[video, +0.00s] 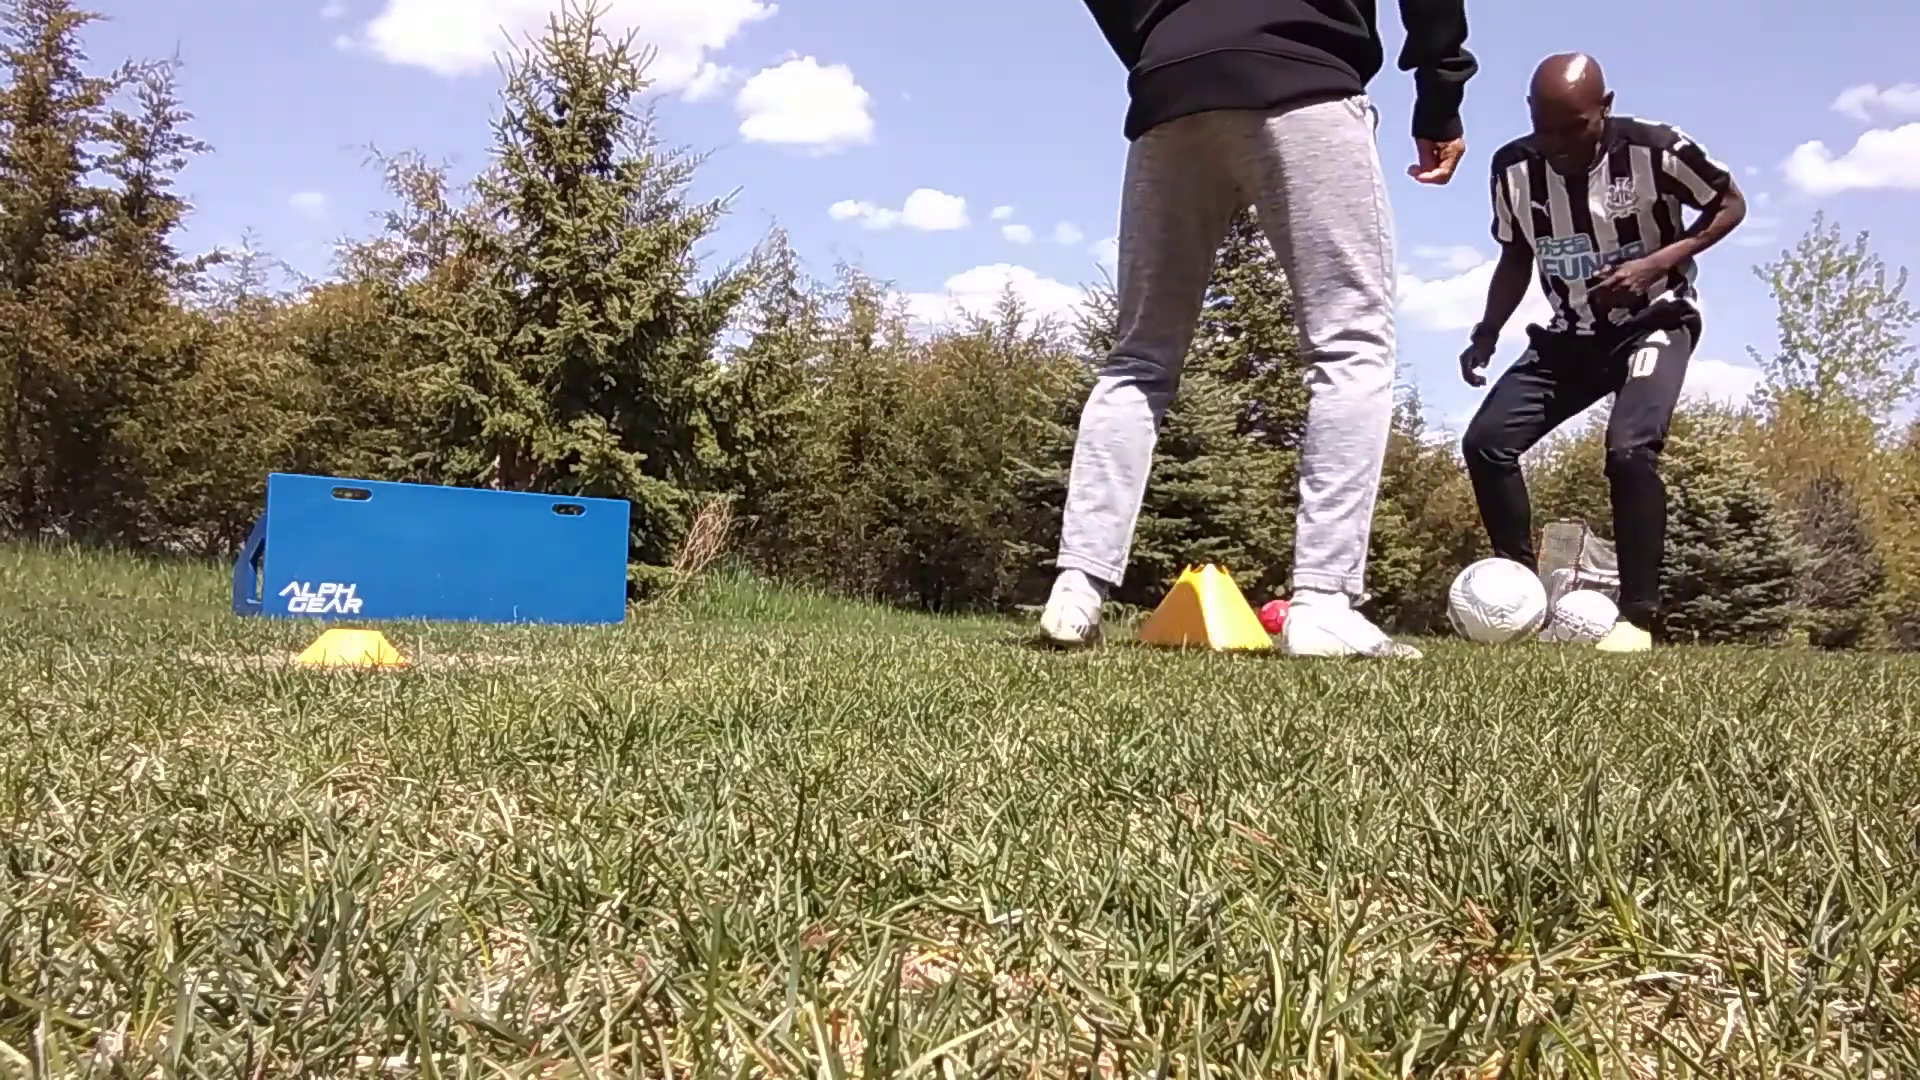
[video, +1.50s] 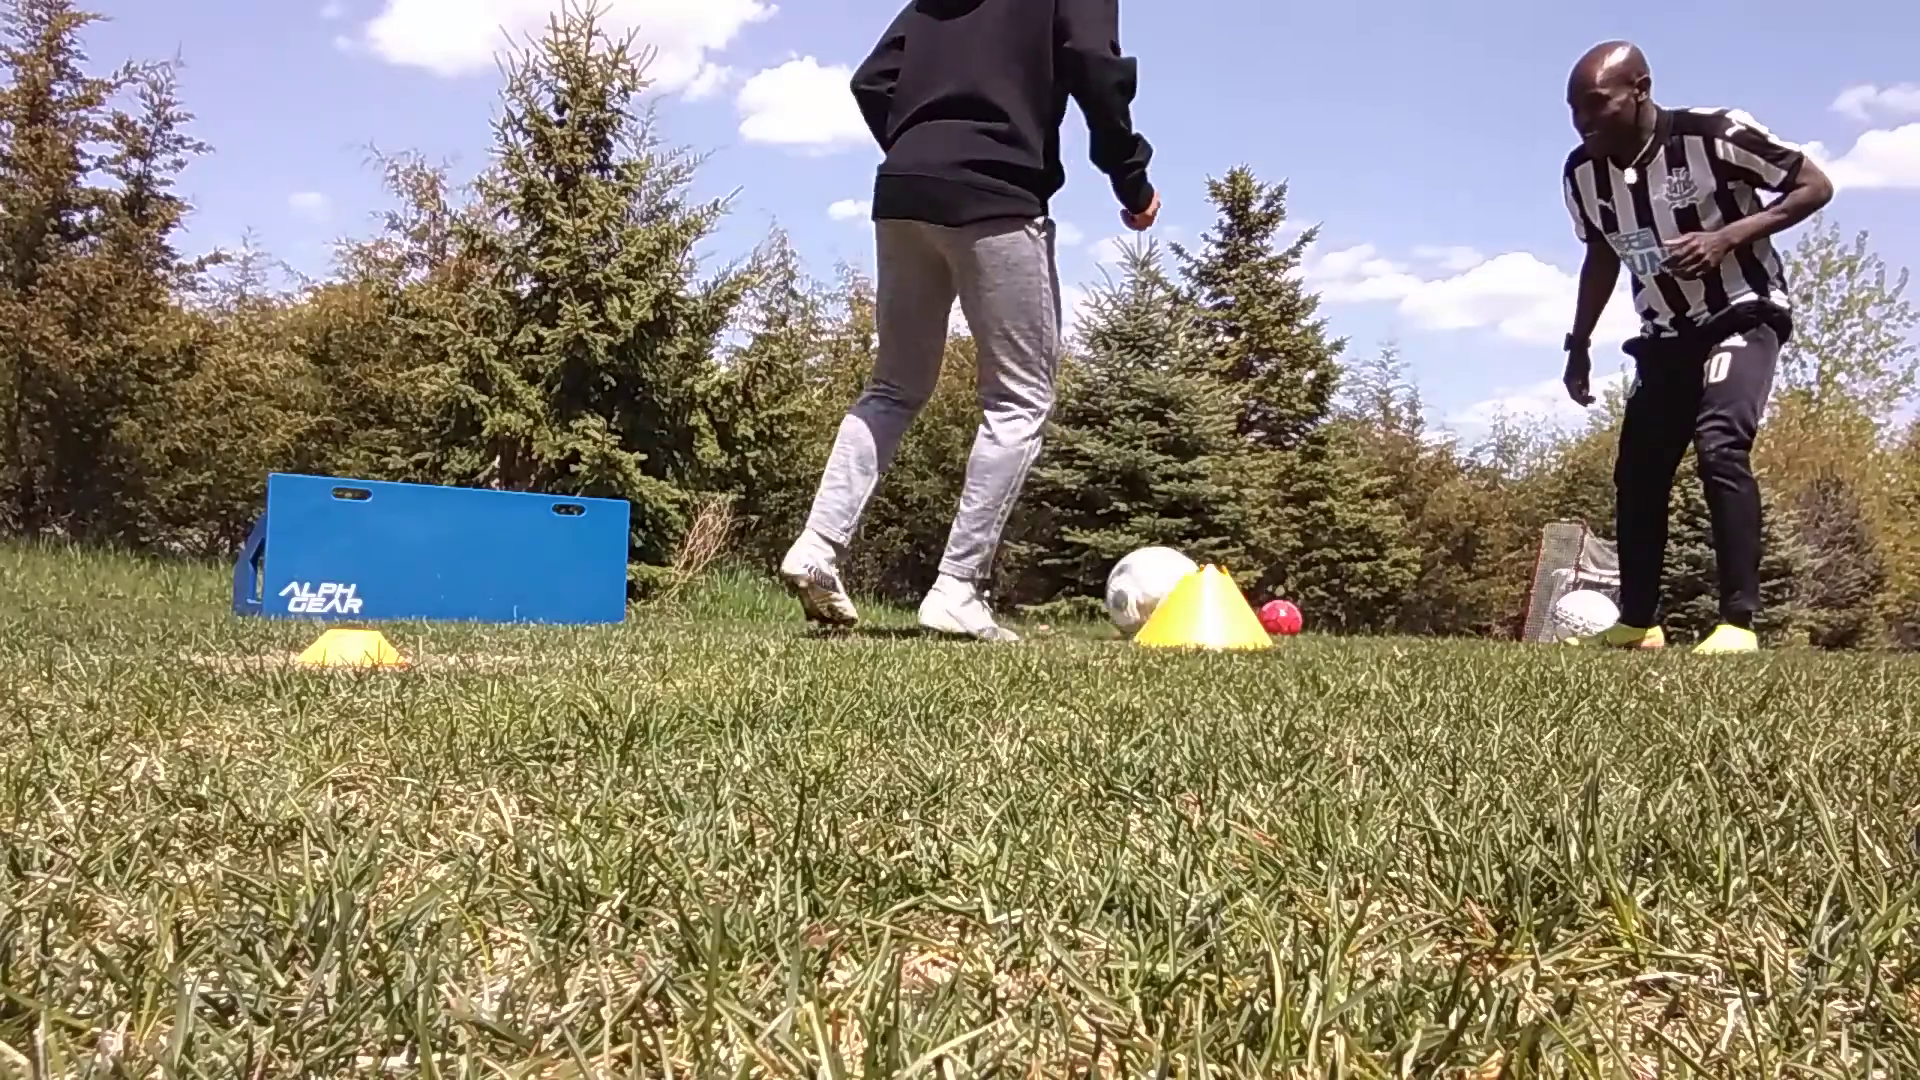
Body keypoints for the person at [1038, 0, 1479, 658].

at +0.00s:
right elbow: (1432, 5)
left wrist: (1163, 61)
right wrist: (1439, 101)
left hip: (1169, 82)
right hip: (1302, 72)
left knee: (1138, 360)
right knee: (1350, 349)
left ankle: (1075, 592)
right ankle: (1324, 603)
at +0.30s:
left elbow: (1069, 12)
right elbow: (1368, 3)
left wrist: (1134, 92)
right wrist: (1384, 115)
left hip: (1123, 87)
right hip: (1247, 67)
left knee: (1145, 366)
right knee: (1316, 337)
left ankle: (1120, 600)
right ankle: (1322, 597)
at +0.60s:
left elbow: (1043, 61)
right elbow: (1219, 19)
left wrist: (1117, 122)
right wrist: (1274, 120)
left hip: (1072, 142)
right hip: (1167, 127)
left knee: (1144, 380)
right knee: (1322, 308)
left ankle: (1120, 604)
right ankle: (1303, 560)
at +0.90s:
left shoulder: (1044, 6)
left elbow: (989, 97)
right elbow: (1237, 65)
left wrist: (1054, 166)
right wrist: (1287, 196)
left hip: (1024, 187)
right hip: (1129, 166)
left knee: (1067, 396)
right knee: (1236, 377)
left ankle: (974, 574)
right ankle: (1244, 603)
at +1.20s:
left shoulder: (957, 5)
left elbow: (906, 77)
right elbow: (1075, 41)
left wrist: (975, 139)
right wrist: (1120, 150)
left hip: (931, 173)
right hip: (1020, 169)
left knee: (935, 393)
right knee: (1083, 382)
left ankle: (850, 576)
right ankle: (1019, 585)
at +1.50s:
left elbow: (873, 77)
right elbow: (1093, 60)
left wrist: (921, 155)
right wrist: (1131, 176)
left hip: (902, 182)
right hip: (995, 185)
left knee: (894, 387)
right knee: (1019, 400)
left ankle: (816, 549)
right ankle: (956, 591)